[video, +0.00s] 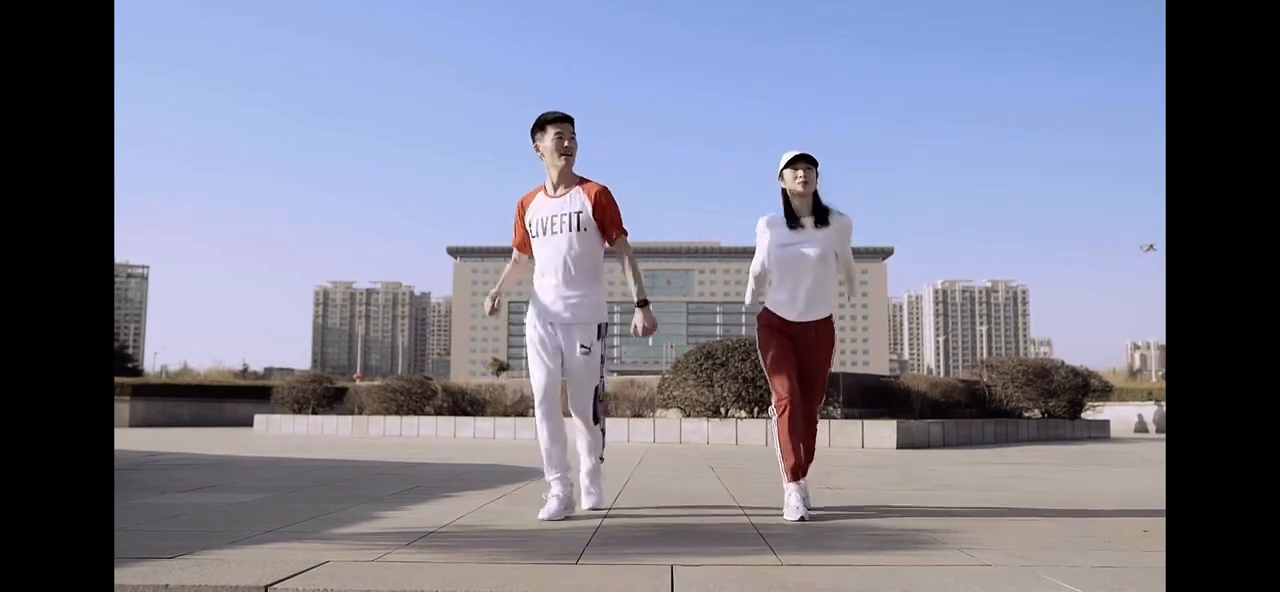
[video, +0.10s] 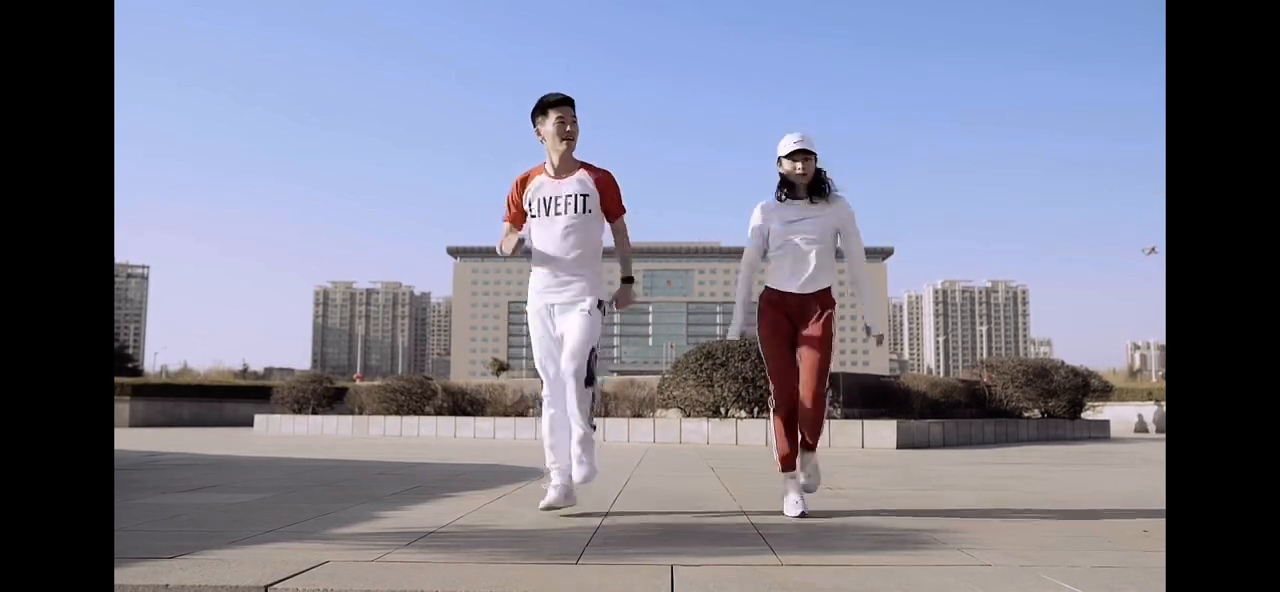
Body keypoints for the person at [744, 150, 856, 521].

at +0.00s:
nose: (803, 173)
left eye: (808, 168)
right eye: (795, 169)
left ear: (816, 178)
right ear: (783, 180)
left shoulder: (838, 224)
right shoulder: (768, 225)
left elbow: (847, 265)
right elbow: (758, 271)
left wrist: (853, 290)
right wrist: (752, 301)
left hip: (818, 326)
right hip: (775, 324)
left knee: (809, 407)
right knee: (787, 397)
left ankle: (800, 480)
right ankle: (792, 486)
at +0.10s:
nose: (801, 163)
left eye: (807, 157)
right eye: (793, 158)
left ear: (816, 163)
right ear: (781, 165)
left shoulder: (838, 209)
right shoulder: (766, 212)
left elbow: (857, 267)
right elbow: (748, 269)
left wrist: (872, 319)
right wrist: (740, 320)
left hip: (818, 307)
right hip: (774, 306)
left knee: (811, 399)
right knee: (784, 396)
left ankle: (808, 453)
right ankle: (790, 484)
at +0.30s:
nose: (800, 182)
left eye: (805, 174)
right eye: (791, 176)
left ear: (814, 176)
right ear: (779, 180)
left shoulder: (831, 216)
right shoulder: (768, 217)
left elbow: (856, 242)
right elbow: (741, 242)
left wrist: (860, 233)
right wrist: (745, 237)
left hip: (820, 304)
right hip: (779, 309)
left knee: (811, 343)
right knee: (787, 399)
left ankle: (820, 420)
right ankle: (794, 483)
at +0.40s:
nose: (793, 163)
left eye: (799, 155)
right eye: (785, 157)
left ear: (809, 155)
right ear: (772, 161)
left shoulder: (831, 192)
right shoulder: (761, 204)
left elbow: (861, 240)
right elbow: (734, 254)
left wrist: (861, 202)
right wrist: (727, 231)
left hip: (822, 297)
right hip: (780, 299)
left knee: (816, 395)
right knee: (789, 396)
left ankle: (827, 446)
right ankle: (801, 479)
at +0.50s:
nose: (789, 169)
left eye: (795, 160)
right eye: (780, 162)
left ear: (806, 162)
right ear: (769, 167)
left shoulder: (826, 200)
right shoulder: (765, 215)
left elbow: (854, 245)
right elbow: (756, 260)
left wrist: (865, 207)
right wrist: (726, 247)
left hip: (823, 305)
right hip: (782, 309)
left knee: (825, 397)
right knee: (793, 397)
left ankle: (828, 449)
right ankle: (809, 490)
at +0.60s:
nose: (790, 163)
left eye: (796, 157)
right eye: (782, 158)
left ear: (806, 165)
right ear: (770, 167)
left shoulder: (829, 206)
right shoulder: (763, 218)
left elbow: (872, 232)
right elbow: (735, 264)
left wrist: (859, 192)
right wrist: (724, 230)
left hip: (822, 313)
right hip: (780, 317)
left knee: (827, 400)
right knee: (791, 403)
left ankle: (829, 438)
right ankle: (809, 494)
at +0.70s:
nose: (792, 156)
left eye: (799, 149)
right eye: (784, 150)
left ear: (809, 155)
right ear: (774, 157)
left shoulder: (829, 195)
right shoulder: (761, 205)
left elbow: (865, 215)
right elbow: (729, 246)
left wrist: (857, 174)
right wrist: (726, 209)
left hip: (821, 300)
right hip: (779, 304)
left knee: (816, 395)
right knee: (792, 399)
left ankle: (829, 432)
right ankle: (803, 487)